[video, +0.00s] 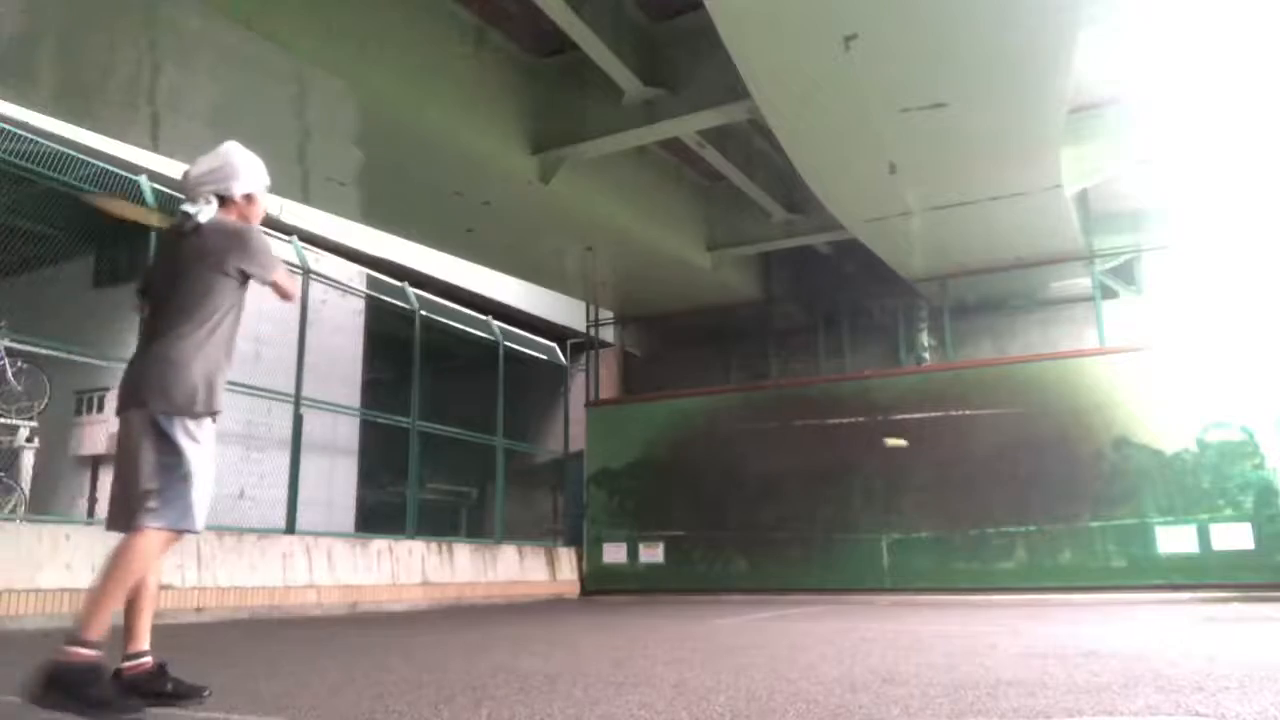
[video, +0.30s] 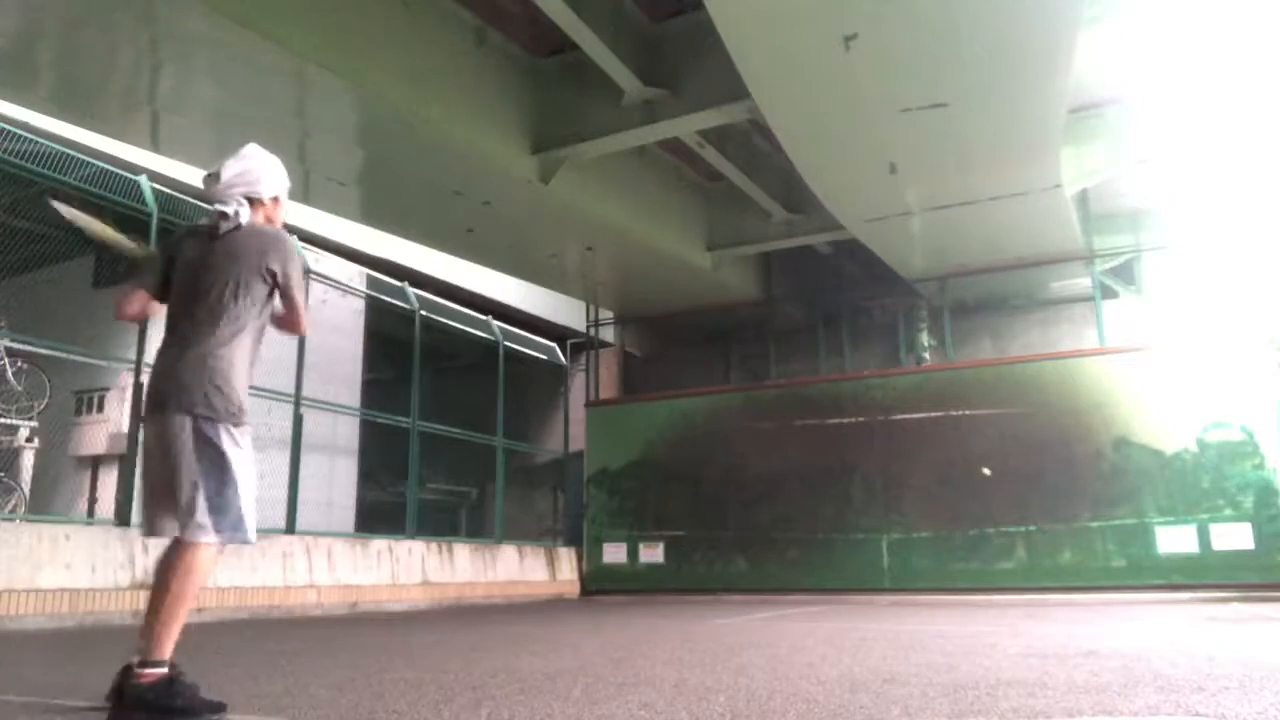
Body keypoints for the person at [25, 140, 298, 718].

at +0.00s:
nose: (263, 210)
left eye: (262, 199)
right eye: (259, 199)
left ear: (210, 198)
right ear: (234, 199)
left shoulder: (174, 241)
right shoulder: (234, 238)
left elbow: (149, 303)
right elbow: (289, 289)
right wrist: (264, 255)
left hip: (144, 391)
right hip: (180, 395)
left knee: (152, 526)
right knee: (165, 520)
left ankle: (137, 664)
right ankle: (79, 657)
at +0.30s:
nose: (283, 214)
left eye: (282, 204)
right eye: (281, 204)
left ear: (228, 198)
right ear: (265, 202)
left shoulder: (186, 241)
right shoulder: (274, 244)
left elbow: (129, 306)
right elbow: (295, 321)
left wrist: (178, 298)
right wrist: (250, 302)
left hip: (165, 397)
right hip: (210, 401)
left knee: (189, 533)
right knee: (206, 533)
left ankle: (145, 669)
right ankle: (153, 671)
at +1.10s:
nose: (399, 250)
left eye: (398, 241)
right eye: (394, 240)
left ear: (371, 244)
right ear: (374, 241)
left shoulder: (376, 299)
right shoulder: (333, 268)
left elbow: (417, 352)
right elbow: (295, 327)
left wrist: (461, 339)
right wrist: (333, 310)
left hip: (332, 421)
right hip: (326, 420)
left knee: (321, 537)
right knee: (368, 518)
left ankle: (286, 649)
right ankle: (332, 638)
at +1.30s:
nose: (437, 270)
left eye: (437, 261)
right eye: (433, 261)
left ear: (411, 260)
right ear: (412, 259)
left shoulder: (412, 317)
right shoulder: (368, 288)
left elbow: (441, 380)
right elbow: (330, 311)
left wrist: (491, 415)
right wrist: (297, 319)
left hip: (356, 432)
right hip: (365, 432)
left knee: (328, 541)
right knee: (407, 534)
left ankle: (286, 651)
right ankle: (425, 650)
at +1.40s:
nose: (457, 279)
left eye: (456, 270)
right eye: (452, 271)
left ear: (431, 271)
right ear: (432, 271)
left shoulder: (424, 321)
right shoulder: (392, 300)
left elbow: (436, 390)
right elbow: (353, 329)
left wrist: (476, 439)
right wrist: (316, 355)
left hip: (368, 435)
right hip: (382, 435)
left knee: (349, 543)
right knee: (425, 534)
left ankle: (291, 647)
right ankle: (422, 652)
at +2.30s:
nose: (411, 291)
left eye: (408, 284)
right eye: (408, 284)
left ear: (363, 283)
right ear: (397, 286)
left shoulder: (338, 316)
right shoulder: (415, 320)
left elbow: (314, 367)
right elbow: (420, 388)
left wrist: (292, 375)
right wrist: (387, 378)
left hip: (335, 436)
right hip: (381, 438)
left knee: (329, 540)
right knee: (385, 539)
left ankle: (316, 642)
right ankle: (346, 634)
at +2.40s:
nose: (408, 289)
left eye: (404, 284)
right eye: (406, 283)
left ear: (360, 281)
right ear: (397, 284)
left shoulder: (336, 318)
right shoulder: (413, 320)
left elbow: (310, 376)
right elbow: (417, 397)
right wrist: (387, 418)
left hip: (329, 437)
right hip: (375, 441)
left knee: (330, 541)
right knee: (373, 544)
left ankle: (314, 645)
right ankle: (321, 638)